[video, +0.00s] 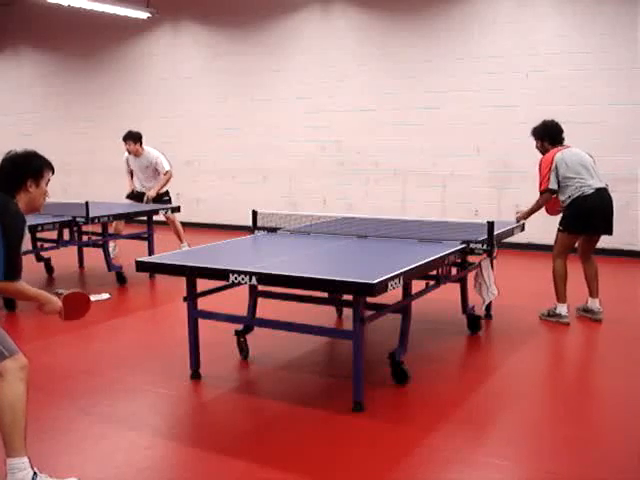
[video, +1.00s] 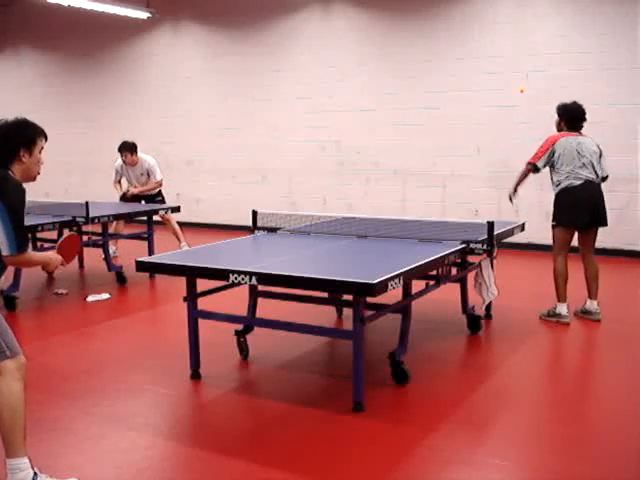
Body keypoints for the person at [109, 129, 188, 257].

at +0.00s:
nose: (126, 148)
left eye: (128, 144)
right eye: (125, 145)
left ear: (137, 144)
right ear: (128, 145)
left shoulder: (154, 156)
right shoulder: (128, 157)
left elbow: (168, 174)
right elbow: (129, 171)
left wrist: (155, 190)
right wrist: (131, 185)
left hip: (159, 193)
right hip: (139, 192)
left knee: (170, 217)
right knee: (119, 216)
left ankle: (184, 244)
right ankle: (113, 245)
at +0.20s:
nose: (128, 155)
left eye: (131, 151)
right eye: (127, 152)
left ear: (139, 151)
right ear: (126, 151)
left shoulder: (154, 160)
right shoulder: (127, 162)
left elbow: (170, 177)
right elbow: (125, 174)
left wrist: (154, 192)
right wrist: (130, 188)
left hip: (158, 192)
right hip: (138, 192)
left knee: (169, 217)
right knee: (125, 218)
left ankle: (183, 244)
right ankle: (114, 245)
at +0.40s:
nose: (124, 161)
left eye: (127, 158)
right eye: (124, 158)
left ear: (135, 157)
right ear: (122, 157)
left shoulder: (149, 164)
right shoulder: (121, 166)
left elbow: (162, 181)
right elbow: (115, 182)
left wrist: (143, 192)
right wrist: (122, 193)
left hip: (151, 192)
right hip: (132, 193)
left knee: (164, 216)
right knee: (119, 218)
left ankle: (183, 243)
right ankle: (113, 246)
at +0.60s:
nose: (121, 163)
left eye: (124, 160)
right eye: (120, 159)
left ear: (132, 158)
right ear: (119, 159)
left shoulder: (146, 165)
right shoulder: (117, 167)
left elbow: (156, 185)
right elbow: (112, 182)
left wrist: (136, 194)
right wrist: (118, 195)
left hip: (149, 195)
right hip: (130, 194)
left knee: (162, 216)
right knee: (117, 218)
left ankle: (182, 243)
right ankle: (113, 247)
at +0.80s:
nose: (121, 162)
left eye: (124, 159)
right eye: (120, 159)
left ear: (132, 158)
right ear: (118, 158)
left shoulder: (146, 165)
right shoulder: (117, 167)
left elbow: (154, 187)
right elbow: (113, 182)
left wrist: (133, 193)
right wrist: (117, 195)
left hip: (149, 193)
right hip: (130, 194)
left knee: (162, 216)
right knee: (117, 217)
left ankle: (182, 243)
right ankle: (113, 246)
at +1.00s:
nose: (123, 159)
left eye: (126, 156)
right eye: (122, 156)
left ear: (134, 155)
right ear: (121, 156)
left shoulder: (149, 163)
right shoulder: (120, 165)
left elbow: (158, 183)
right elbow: (116, 182)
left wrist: (138, 190)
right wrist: (122, 193)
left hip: (153, 193)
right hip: (134, 194)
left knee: (165, 216)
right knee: (120, 218)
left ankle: (183, 243)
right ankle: (113, 246)